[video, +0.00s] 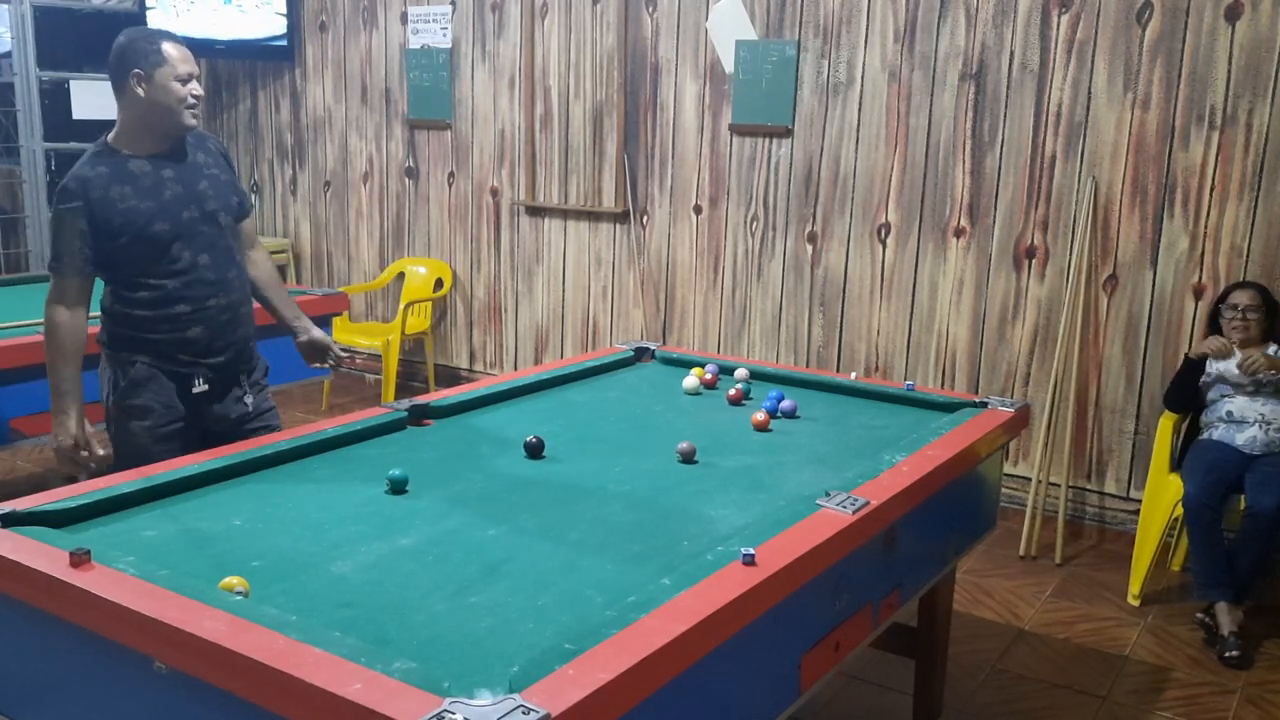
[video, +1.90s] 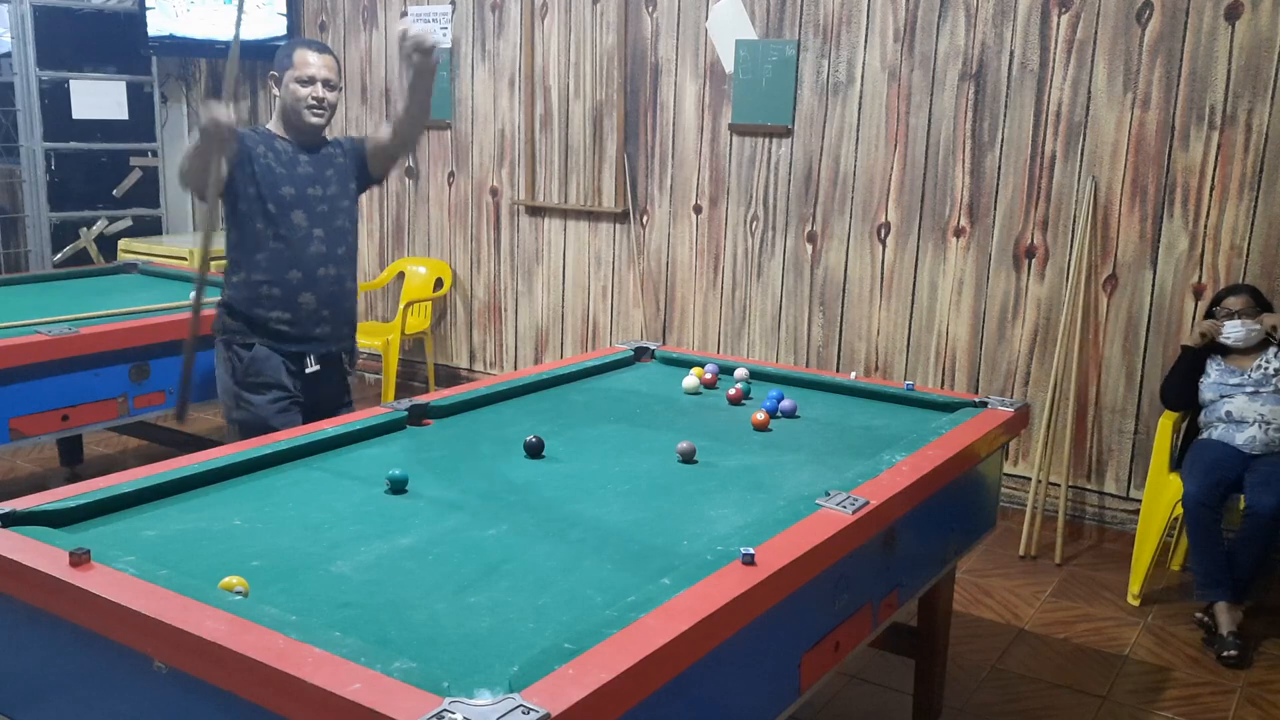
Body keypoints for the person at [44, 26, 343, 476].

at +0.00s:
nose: (198, 93)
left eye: (198, 81)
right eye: (184, 80)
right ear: (138, 84)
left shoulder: (210, 154)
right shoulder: (87, 185)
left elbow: (250, 251)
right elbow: (67, 303)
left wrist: (303, 328)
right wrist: (67, 416)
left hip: (239, 376)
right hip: (149, 388)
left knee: (274, 518)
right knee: (163, 531)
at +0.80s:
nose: (253, 84)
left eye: (261, 74)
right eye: (237, 73)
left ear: (270, 83)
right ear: (201, 81)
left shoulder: (285, 158)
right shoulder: (170, 170)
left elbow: (316, 255)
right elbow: (148, 282)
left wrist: (356, 338)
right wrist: (136, 386)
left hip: (300, 372)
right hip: (220, 378)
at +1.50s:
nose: (313, 94)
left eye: (322, 83)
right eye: (298, 81)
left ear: (331, 90)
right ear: (267, 83)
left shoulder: (330, 167)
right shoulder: (229, 161)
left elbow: (354, 255)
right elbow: (195, 252)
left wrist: (407, 313)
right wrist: (205, 335)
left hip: (325, 357)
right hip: (261, 357)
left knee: (327, 485)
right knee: (280, 488)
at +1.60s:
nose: (316, 94)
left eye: (326, 85)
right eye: (303, 81)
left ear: (336, 92)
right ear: (272, 84)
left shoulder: (334, 167)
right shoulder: (235, 155)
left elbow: (373, 241)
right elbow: (195, 238)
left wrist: (411, 252)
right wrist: (209, 295)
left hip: (325, 349)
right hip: (263, 348)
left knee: (324, 472)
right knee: (280, 474)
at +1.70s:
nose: (319, 94)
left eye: (329, 86)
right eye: (306, 82)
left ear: (339, 94)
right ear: (276, 84)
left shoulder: (341, 167)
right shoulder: (238, 152)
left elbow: (402, 219)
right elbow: (190, 222)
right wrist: (212, 238)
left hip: (325, 350)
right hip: (261, 348)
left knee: (326, 475)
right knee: (282, 474)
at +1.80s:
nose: (320, 94)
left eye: (330, 86)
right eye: (307, 82)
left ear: (340, 94)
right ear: (276, 84)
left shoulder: (346, 162)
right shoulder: (239, 148)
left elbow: (410, 176)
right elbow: (187, 209)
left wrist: (413, 109)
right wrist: (213, 194)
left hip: (325, 350)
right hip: (257, 347)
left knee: (333, 474)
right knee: (284, 473)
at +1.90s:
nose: (319, 94)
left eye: (329, 85)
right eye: (305, 82)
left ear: (339, 94)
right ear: (275, 86)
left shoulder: (348, 156)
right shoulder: (243, 147)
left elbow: (401, 137)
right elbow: (197, 183)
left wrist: (423, 72)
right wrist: (210, 142)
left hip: (328, 350)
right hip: (259, 349)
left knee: (336, 476)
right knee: (277, 480)